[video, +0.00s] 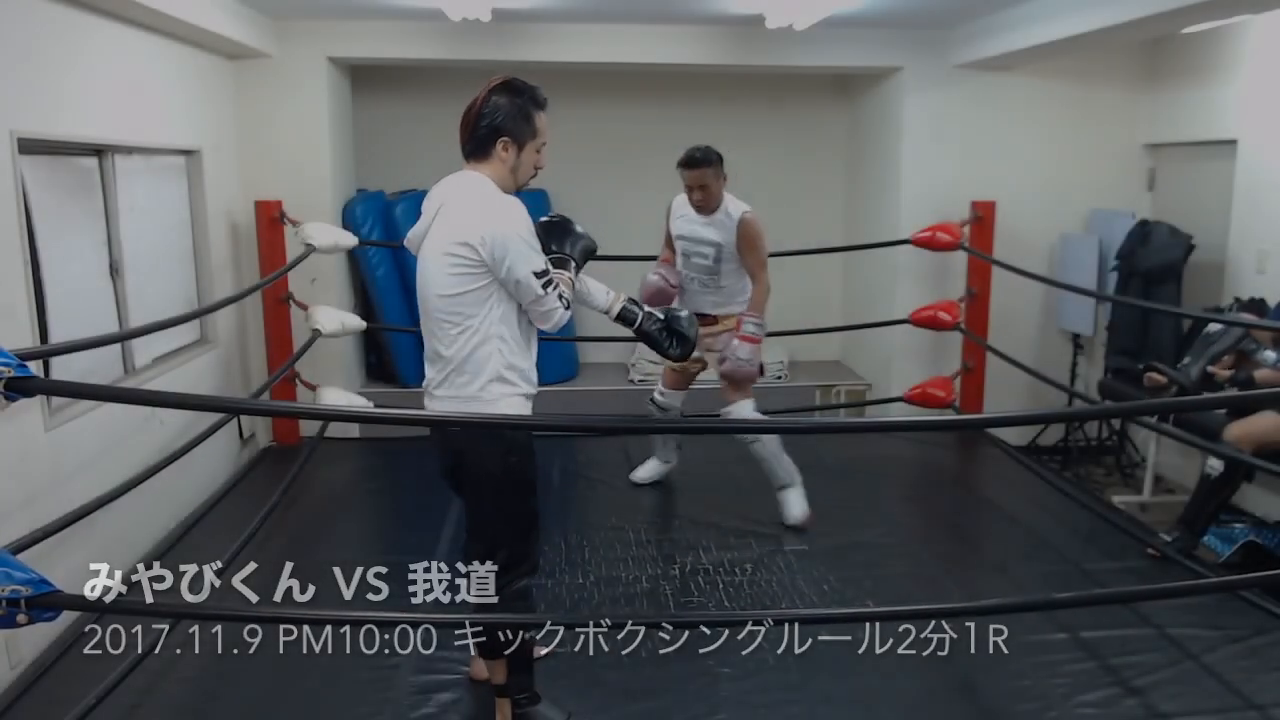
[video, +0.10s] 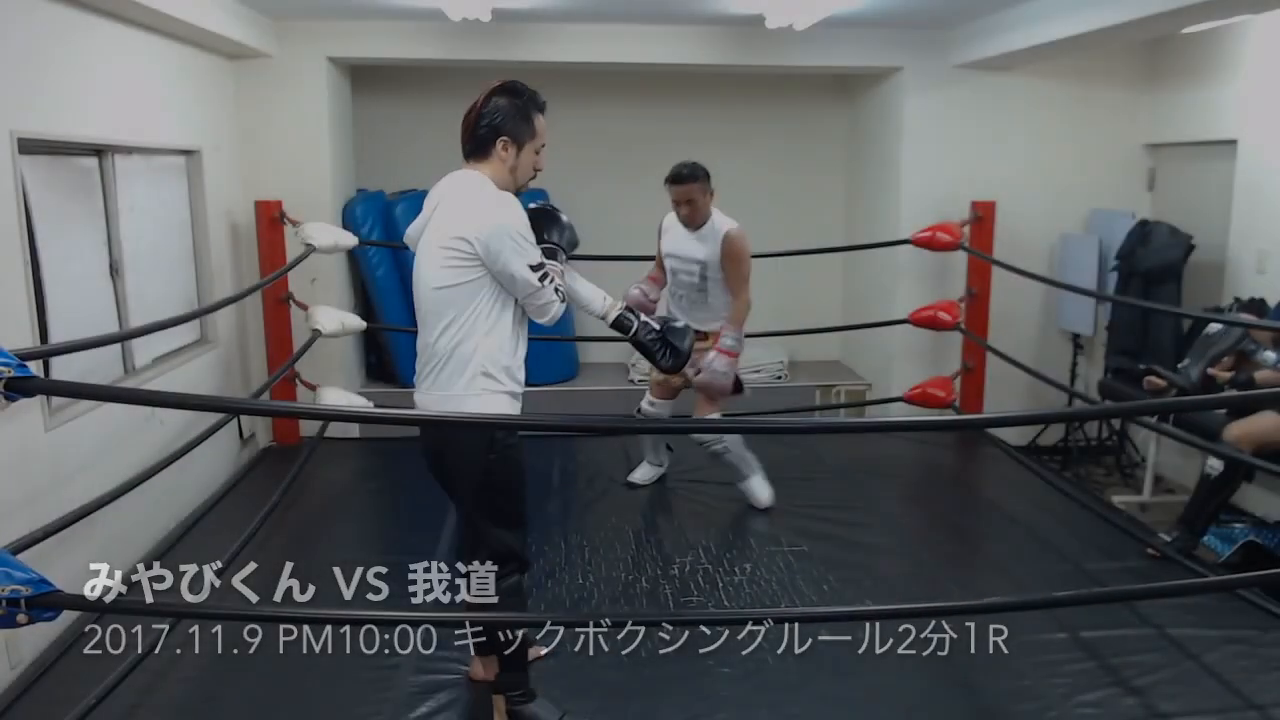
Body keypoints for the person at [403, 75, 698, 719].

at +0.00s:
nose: (541, 162)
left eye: (544, 149)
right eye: (537, 148)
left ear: (485, 142)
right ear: (505, 144)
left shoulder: (445, 195)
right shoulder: (502, 213)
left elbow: (423, 248)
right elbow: (550, 311)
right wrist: (565, 264)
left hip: (453, 405)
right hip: (492, 412)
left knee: (487, 537)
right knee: (512, 555)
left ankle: (487, 654)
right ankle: (512, 703)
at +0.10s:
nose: (539, 166)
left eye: (541, 153)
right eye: (536, 151)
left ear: (486, 144)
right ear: (505, 145)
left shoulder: (451, 194)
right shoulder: (492, 210)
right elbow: (546, 307)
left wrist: (627, 321)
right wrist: (545, 256)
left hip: (448, 408)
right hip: (479, 414)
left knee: (482, 535)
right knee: (505, 554)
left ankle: (489, 650)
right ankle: (512, 697)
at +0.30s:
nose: (529, 166)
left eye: (531, 154)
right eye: (526, 152)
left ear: (480, 143)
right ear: (494, 143)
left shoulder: (442, 193)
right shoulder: (479, 202)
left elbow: (535, 271)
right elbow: (533, 291)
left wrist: (611, 323)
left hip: (440, 406)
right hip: (463, 410)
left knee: (480, 532)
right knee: (479, 545)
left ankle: (489, 647)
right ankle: (457, 682)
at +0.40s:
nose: (518, 161)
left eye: (520, 149)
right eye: (515, 148)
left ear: (464, 142)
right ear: (483, 143)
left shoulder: (430, 195)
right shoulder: (470, 200)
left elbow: (485, 281)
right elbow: (530, 283)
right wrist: (609, 328)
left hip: (437, 403)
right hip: (458, 407)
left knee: (479, 529)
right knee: (469, 542)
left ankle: (484, 648)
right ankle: (417, 685)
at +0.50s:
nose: (508, 162)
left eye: (510, 149)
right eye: (504, 147)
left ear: (456, 141)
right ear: (471, 142)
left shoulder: (426, 194)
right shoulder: (457, 200)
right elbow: (521, 289)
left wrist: (508, 245)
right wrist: (600, 328)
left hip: (450, 407)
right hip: (445, 413)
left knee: (484, 525)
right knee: (451, 562)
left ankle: (485, 649)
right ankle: (385, 703)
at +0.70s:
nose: (493, 157)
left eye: (492, 143)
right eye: (487, 143)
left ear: (444, 145)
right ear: (453, 146)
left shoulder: (406, 202)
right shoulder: (430, 212)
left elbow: (448, 312)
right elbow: (468, 323)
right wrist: (501, 289)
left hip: (428, 417)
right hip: (420, 425)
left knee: (478, 532)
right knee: (409, 577)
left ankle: (484, 650)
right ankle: (380, 707)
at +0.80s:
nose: (488, 163)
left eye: (489, 150)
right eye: (485, 149)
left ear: (433, 146)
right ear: (454, 148)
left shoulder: (399, 202)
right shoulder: (427, 218)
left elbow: (412, 324)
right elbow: (431, 344)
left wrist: (477, 348)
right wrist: (488, 326)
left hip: (415, 421)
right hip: (410, 430)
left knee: (468, 535)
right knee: (401, 577)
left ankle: (486, 646)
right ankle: (376, 704)